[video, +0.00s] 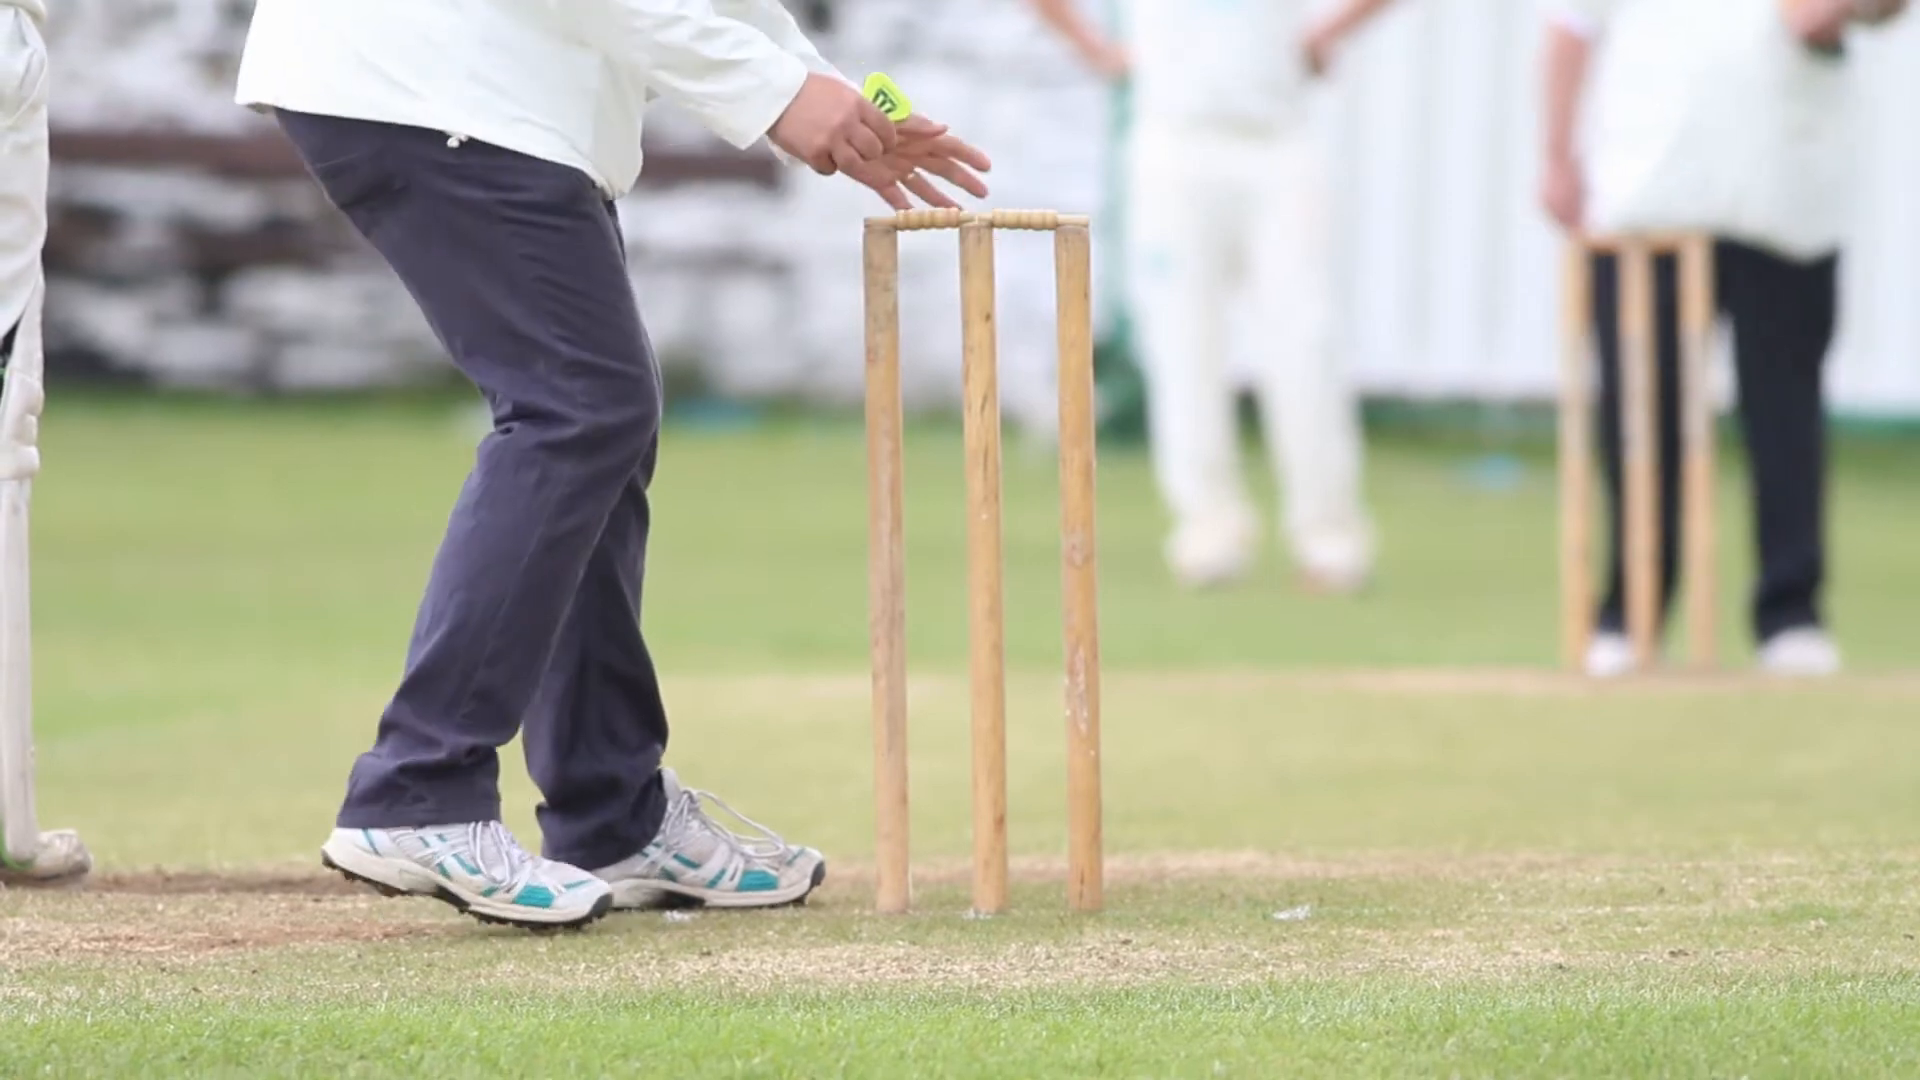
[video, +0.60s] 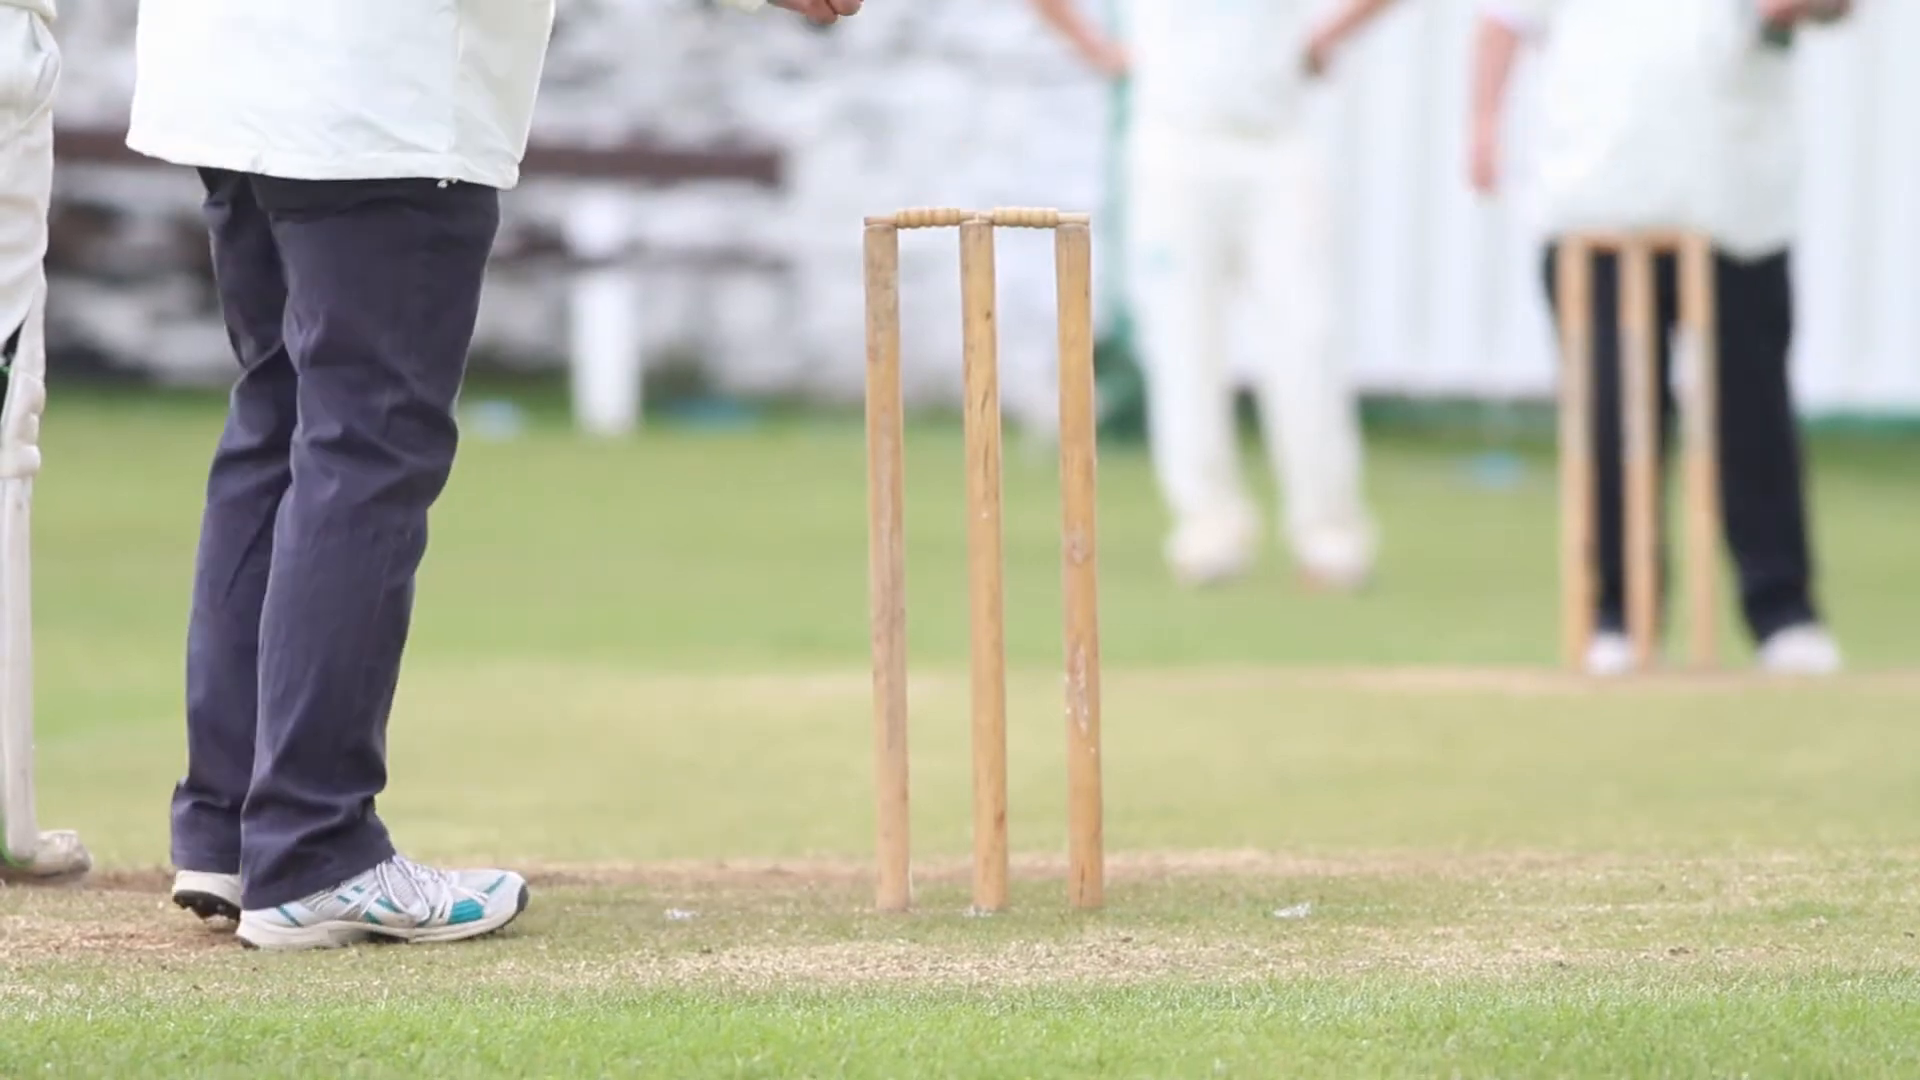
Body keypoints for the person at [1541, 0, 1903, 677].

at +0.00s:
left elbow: (1893, 6)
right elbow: (1571, 21)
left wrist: (1845, 10)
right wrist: (1559, 156)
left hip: (1791, 186)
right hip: (1644, 180)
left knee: (1785, 419)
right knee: (1637, 417)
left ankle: (1792, 621)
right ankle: (1626, 619)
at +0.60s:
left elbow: (1836, 9)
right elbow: (1502, 17)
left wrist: (1794, 10)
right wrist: (1484, 131)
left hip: (1738, 193)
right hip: (1595, 191)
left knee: (1755, 422)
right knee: (1613, 423)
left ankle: (1786, 620)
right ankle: (1614, 623)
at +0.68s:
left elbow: (1842, 7)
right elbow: (1498, 6)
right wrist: (1472, 67)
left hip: (1736, 188)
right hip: (1597, 189)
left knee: (1757, 420)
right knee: (1614, 425)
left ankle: (1786, 621)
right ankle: (1615, 624)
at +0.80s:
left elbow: (1819, 12)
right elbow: (1517, 12)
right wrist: (1473, 6)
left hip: (1738, 201)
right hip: (1597, 200)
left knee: (1758, 428)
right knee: (1615, 428)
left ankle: (1786, 619)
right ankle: (1616, 623)